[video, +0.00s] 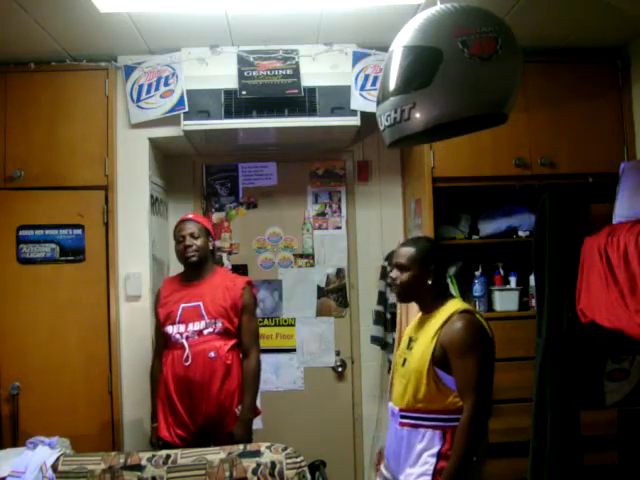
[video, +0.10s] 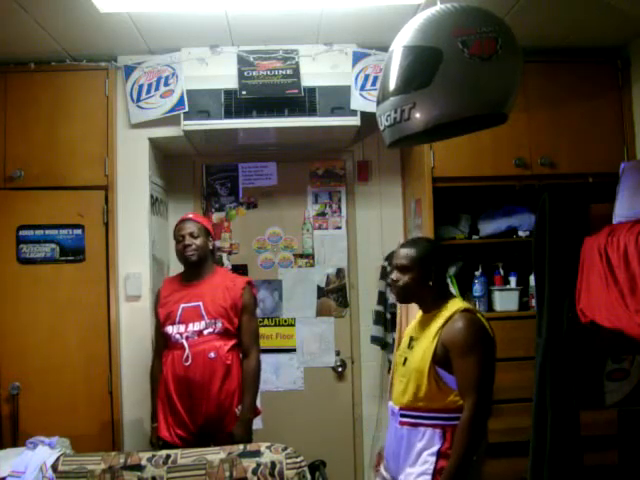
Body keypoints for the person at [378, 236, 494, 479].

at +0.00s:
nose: (391, 276)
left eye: (401, 269)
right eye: (392, 268)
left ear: (429, 275)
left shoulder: (461, 327)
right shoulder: (423, 318)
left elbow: (475, 407)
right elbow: (415, 395)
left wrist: (452, 471)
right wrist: (389, 447)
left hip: (432, 452)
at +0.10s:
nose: (392, 278)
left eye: (403, 270)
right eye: (392, 269)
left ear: (430, 277)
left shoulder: (463, 326)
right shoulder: (424, 318)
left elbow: (476, 407)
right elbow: (413, 395)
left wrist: (452, 471)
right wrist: (389, 448)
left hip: (433, 451)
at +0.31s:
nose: (397, 264)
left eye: (408, 258)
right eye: (396, 257)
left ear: (432, 264)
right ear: (394, 258)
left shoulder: (461, 316)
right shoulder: (418, 309)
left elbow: (476, 397)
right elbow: (409, 384)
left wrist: (450, 470)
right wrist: (389, 442)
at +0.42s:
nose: (395, 265)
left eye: (406, 259)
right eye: (394, 257)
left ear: (432, 265)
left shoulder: (461, 318)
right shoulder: (418, 311)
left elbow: (476, 399)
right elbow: (410, 388)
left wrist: (450, 470)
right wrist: (387, 442)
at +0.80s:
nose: (402, 267)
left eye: (413, 260)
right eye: (399, 259)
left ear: (436, 265)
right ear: (395, 262)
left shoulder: (462, 318)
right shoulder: (411, 314)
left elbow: (480, 396)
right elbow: (404, 386)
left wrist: (458, 468)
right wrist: (388, 443)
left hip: (437, 435)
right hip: (401, 431)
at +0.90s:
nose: (405, 264)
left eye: (415, 258)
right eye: (400, 258)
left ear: (436, 263)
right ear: (394, 262)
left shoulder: (461, 317)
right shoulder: (410, 310)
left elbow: (479, 396)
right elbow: (404, 385)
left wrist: (455, 468)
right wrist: (381, 439)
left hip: (437, 436)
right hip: (399, 433)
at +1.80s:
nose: (408, 271)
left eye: (417, 262)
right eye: (400, 263)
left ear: (433, 265)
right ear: (391, 269)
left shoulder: (457, 320)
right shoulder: (405, 310)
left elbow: (476, 398)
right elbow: (397, 389)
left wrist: (455, 469)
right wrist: (378, 449)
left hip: (433, 436)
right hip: (394, 432)